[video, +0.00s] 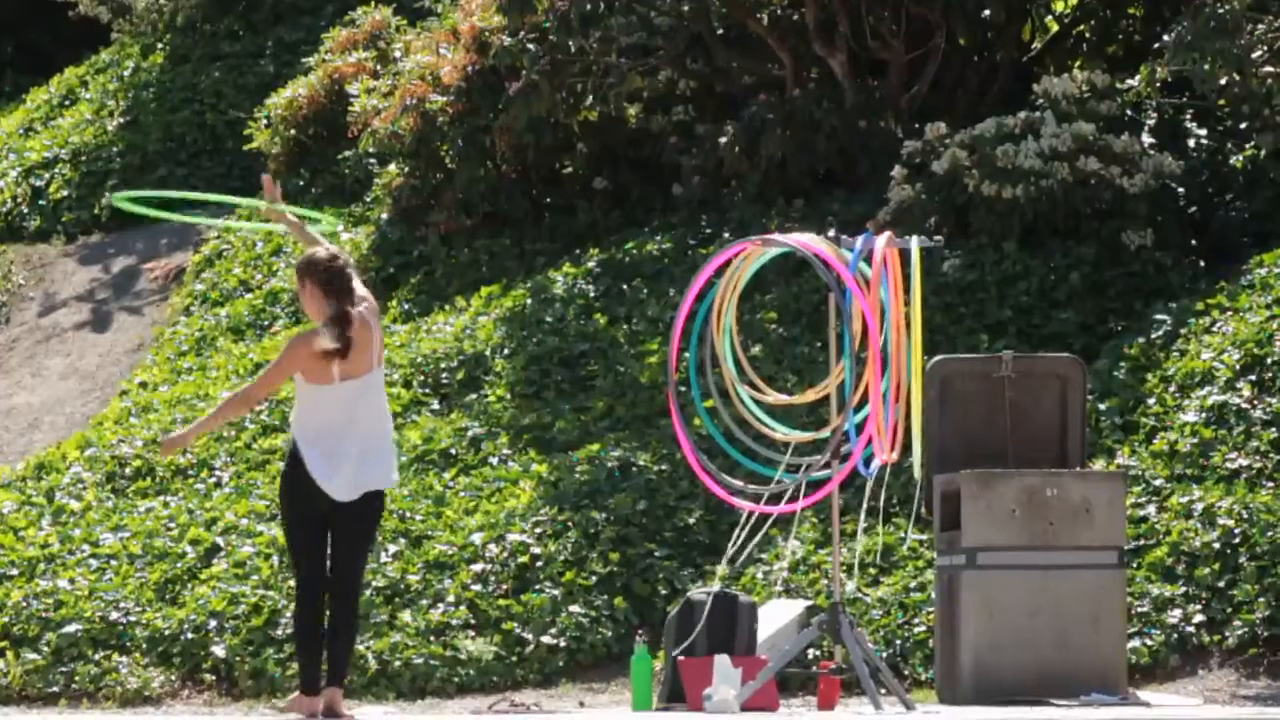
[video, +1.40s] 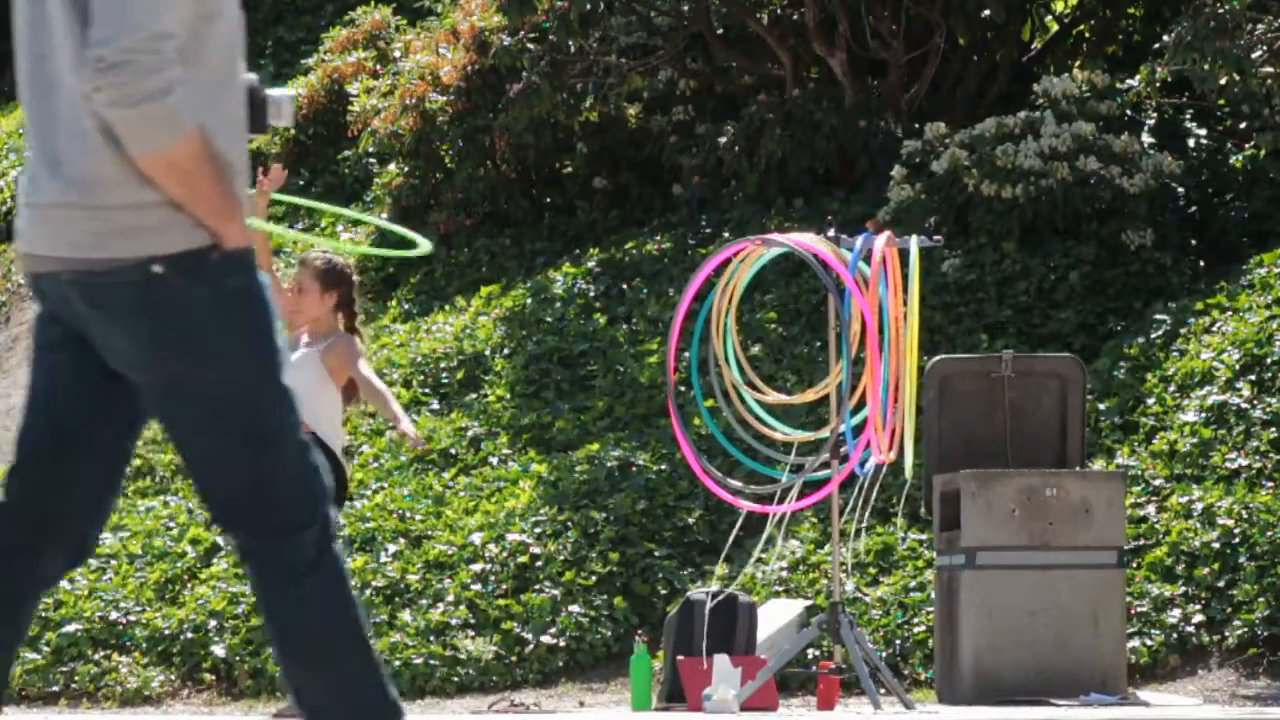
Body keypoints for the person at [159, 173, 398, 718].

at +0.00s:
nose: (299, 296)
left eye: (301, 288)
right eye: (300, 287)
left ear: (317, 290)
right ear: (341, 285)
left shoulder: (303, 345)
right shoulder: (370, 318)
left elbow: (250, 397)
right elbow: (330, 260)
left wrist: (191, 433)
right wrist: (280, 211)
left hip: (311, 467)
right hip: (368, 469)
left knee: (309, 582)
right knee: (347, 585)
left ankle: (309, 694)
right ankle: (334, 692)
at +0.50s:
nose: (295, 299)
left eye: (300, 289)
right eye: (295, 289)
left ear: (326, 288)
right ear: (334, 286)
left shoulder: (323, 343)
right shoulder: (362, 322)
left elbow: (285, 377)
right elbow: (323, 251)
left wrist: (256, 400)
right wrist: (301, 189)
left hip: (308, 473)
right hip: (357, 477)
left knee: (299, 579)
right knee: (337, 580)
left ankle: (318, 690)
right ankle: (337, 689)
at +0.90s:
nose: (296, 292)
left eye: (303, 284)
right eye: (297, 283)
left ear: (329, 290)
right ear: (329, 288)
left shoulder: (335, 337)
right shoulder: (331, 329)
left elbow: (343, 371)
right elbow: (293, 261)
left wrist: (339, 401)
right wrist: (266, 198)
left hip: (305, 473)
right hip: (318, 475)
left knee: (300, 585)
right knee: (304, 585)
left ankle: (317, 696)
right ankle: (368, 664)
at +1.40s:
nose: (289, 297)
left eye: (299, 290)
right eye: (289, 290)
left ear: (330, 300)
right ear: (294, 301)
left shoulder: (338, 345)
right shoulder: (296, 333)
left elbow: (371, 387)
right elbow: (265, 273)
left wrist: (402, 422)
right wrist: (257, 209)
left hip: (318, 454)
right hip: (286, 449)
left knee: (307, 552)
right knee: (294, 553)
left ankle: (322, 685)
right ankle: (312, 682)